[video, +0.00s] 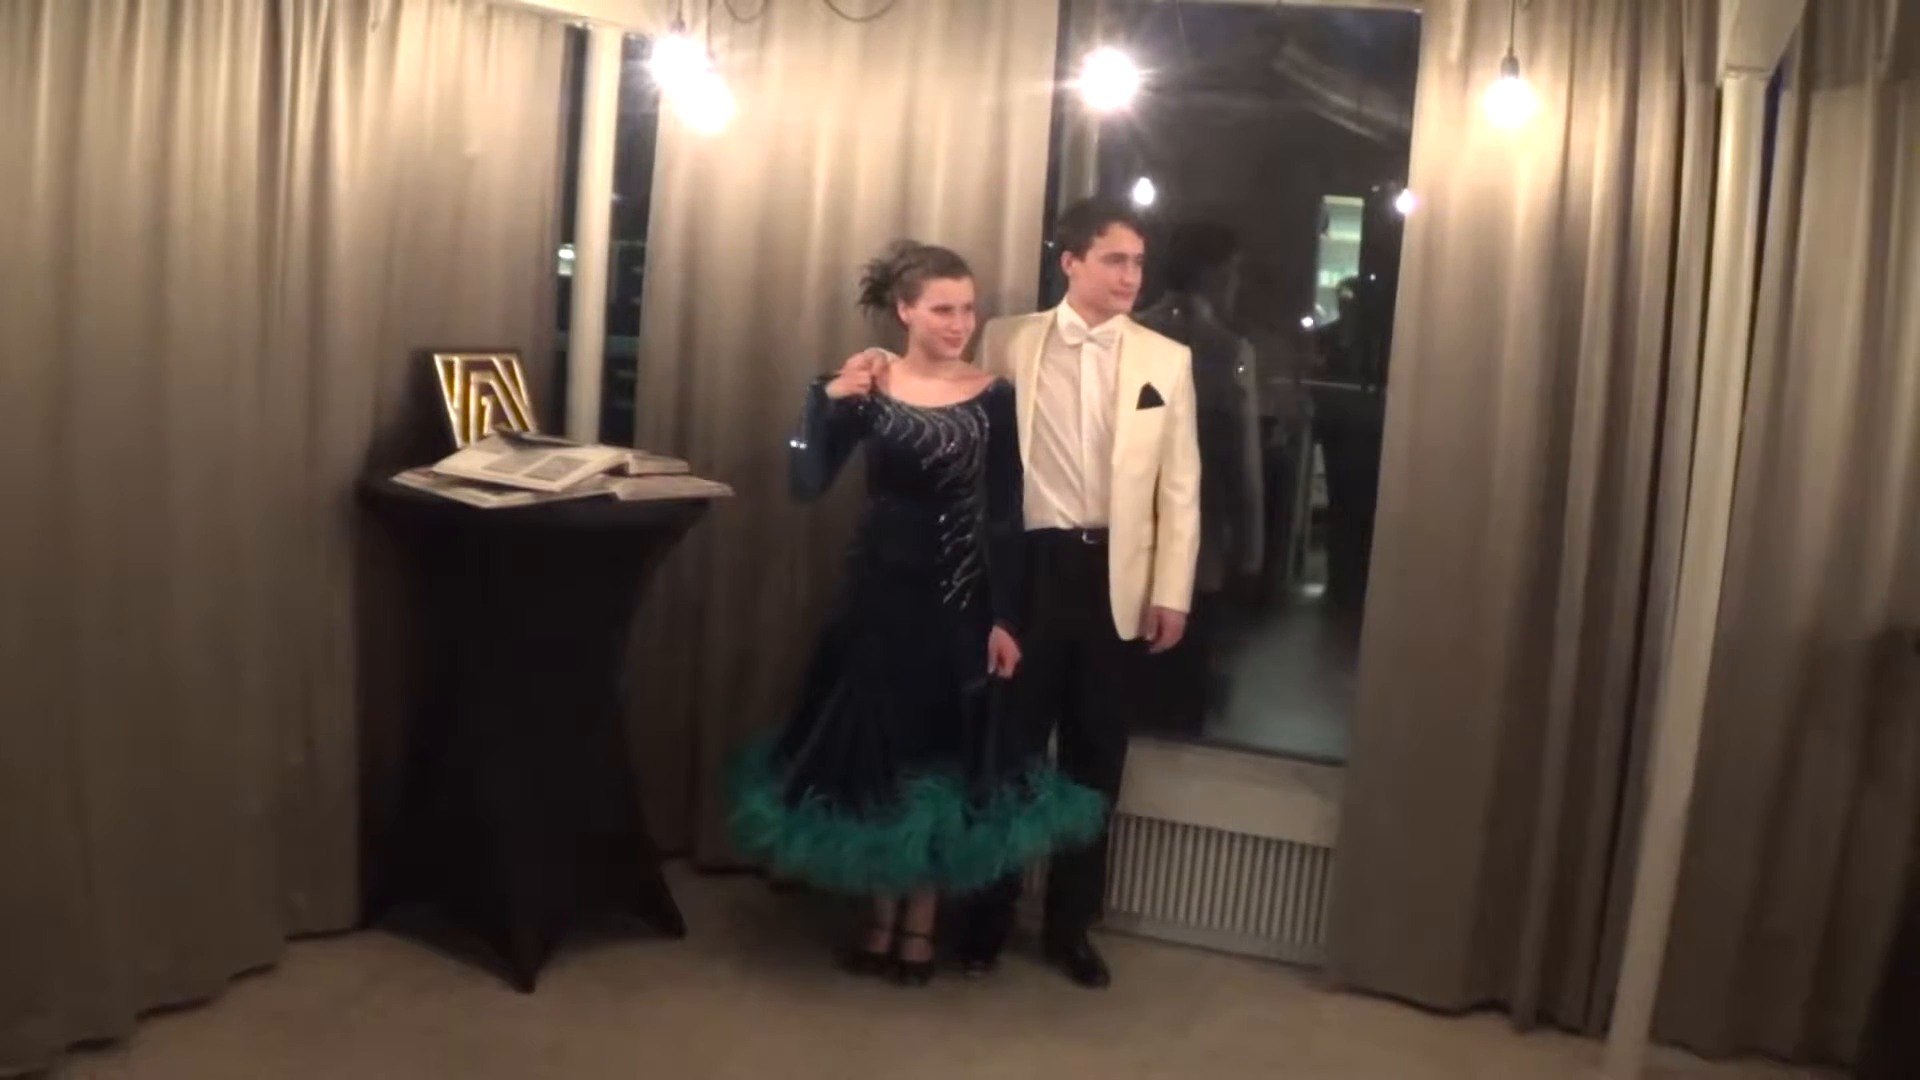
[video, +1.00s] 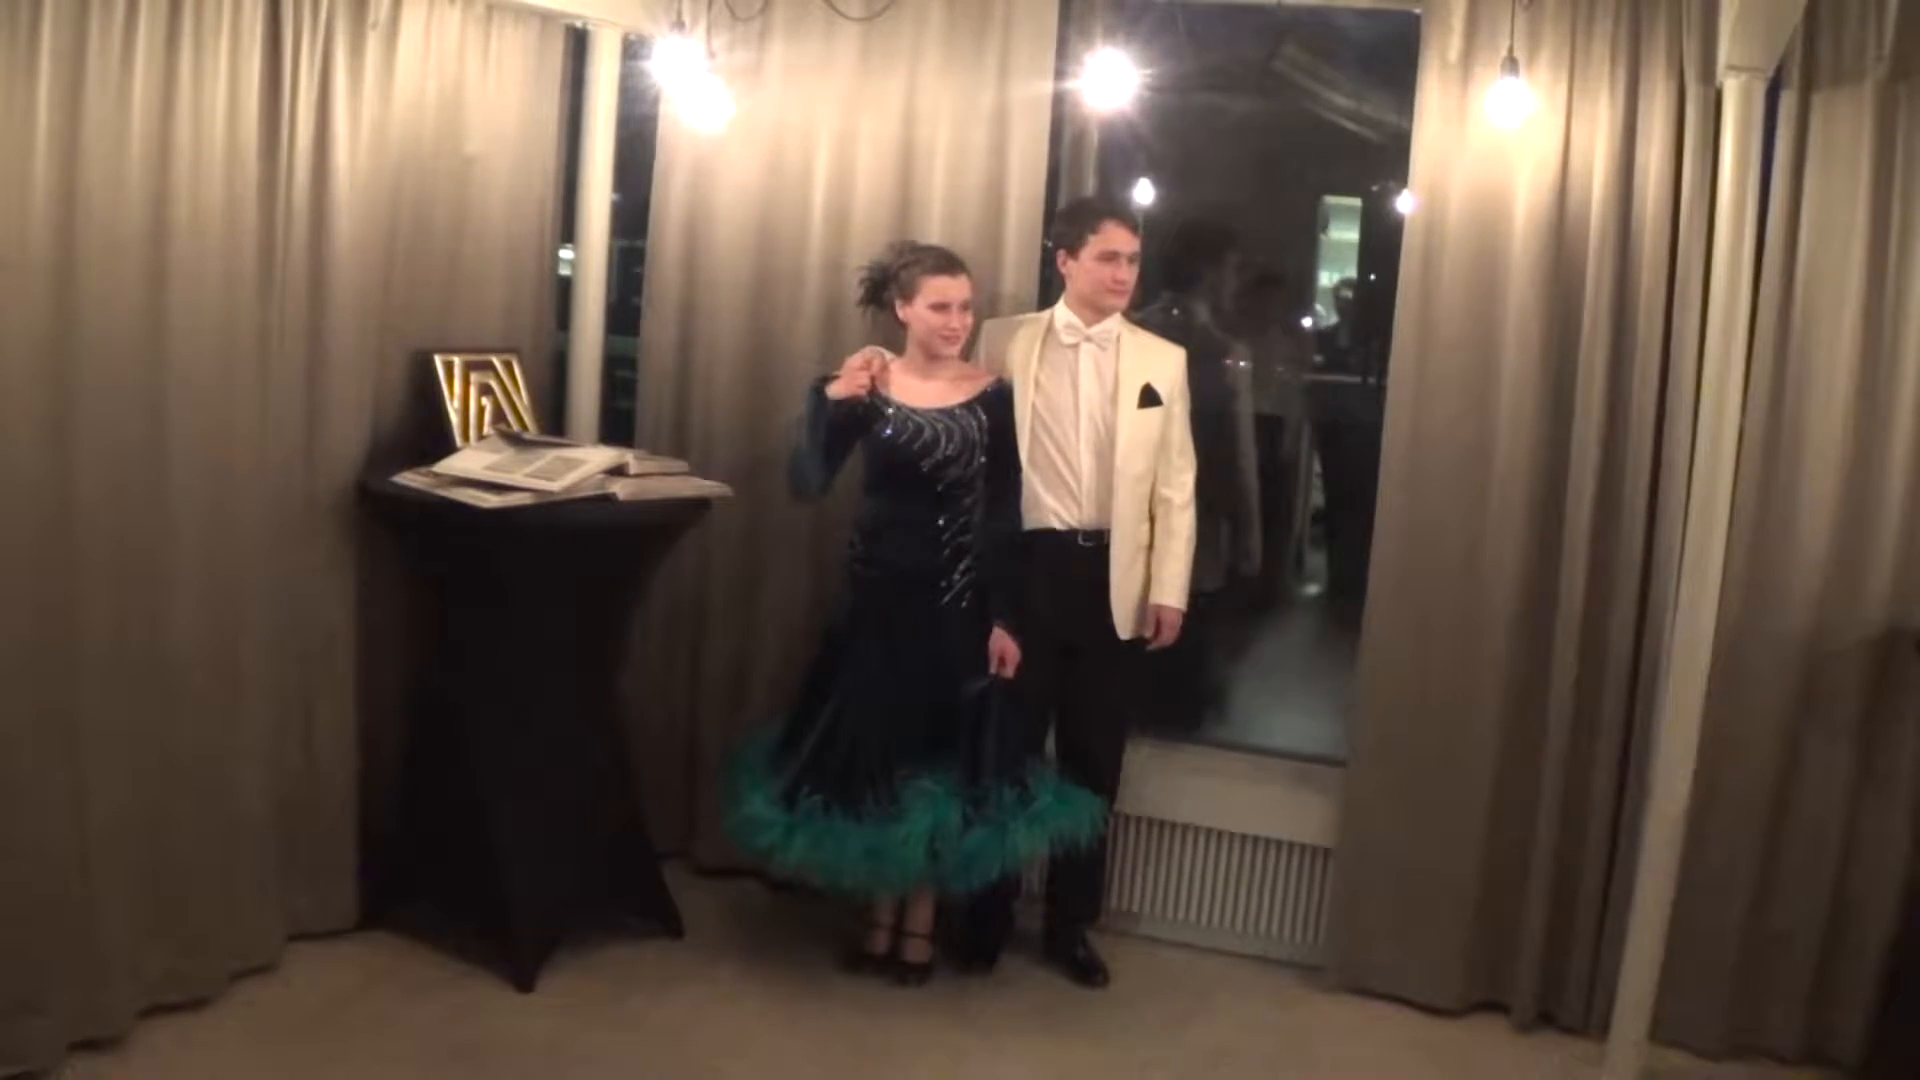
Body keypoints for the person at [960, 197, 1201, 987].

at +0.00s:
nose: (1129, 276)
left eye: (1138, 264)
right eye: (1114, 260)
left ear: (1144, 274)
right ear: (1069, 263)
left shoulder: (1167, 362)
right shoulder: (1009, 342)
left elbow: (1181, 488)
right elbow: (970, 456)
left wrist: (1172, 592)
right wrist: (964, 566)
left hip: (1115, 573)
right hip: (1021, 566)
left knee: (1096, 755)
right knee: (1007, 741)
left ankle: (1071, 927)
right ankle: (981, 920)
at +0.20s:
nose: (1128, 275)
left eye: (1137, 263)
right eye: (1113, 259)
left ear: (1144, 274)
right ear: (1068, 262)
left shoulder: (1167, 362)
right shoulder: (1009, 343)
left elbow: (1181, 487)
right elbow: (969, 455)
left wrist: (1173, 590)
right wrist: (965, 566)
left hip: (1116, 574)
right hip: (1022, 566)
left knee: (1097, 755)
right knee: (1008, 741)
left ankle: (1071, 927)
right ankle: (981, 921)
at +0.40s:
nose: (1127, 275)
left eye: (1136, 263)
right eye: (1112, 259)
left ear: (1143, 273)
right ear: (1067, 261)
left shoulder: (1166, 360)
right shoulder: (1009, 343)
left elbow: (1181, 485)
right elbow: (969, 455)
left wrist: (1173, 589)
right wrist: (965, 569)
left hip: (1118, 574)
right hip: (1023, 566)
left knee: (1097, 757)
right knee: (1008, 743)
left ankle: (1069, 928)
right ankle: (982, 922)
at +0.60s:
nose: (1127, 274)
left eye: (1136, 262)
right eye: (1111, 258)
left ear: (1143, 272)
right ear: (1066, 261)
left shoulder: (1163, 360)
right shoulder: (1008, 343)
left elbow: (1180, 483)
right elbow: (969, 457)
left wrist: (1171, 587)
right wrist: (964, 569)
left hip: (1117, 574)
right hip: (1023, 566)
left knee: (1096, 757)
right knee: (1008, 743)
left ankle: (1069, 928)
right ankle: (982, 922)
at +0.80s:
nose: (1125, 274)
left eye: (1134, 262)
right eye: (1110, 258)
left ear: (1142, 273)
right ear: (1065, 261)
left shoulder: (1164, 362)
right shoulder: (1008, 344)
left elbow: (1179, 485)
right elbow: (967, 457)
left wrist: (1170, 588)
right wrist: (962, 569)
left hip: (1115, 575)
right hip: (1021, 567)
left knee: (1095, 758)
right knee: (1007, 744)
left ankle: (1070, 928)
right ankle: (981, 923)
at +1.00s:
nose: (1124, 275)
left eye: (1133, 262)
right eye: (1109, 259)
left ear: (1141, 272)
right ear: (1064, 262)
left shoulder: (1163, 362)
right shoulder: (1007, 343)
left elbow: (1177, 485)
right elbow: (967, 457)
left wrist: (1169, 588)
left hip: (1114, 575)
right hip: (1020, 567)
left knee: (1094, 756)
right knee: (1005, 742)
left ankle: (1071, 926)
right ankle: (980, 921)